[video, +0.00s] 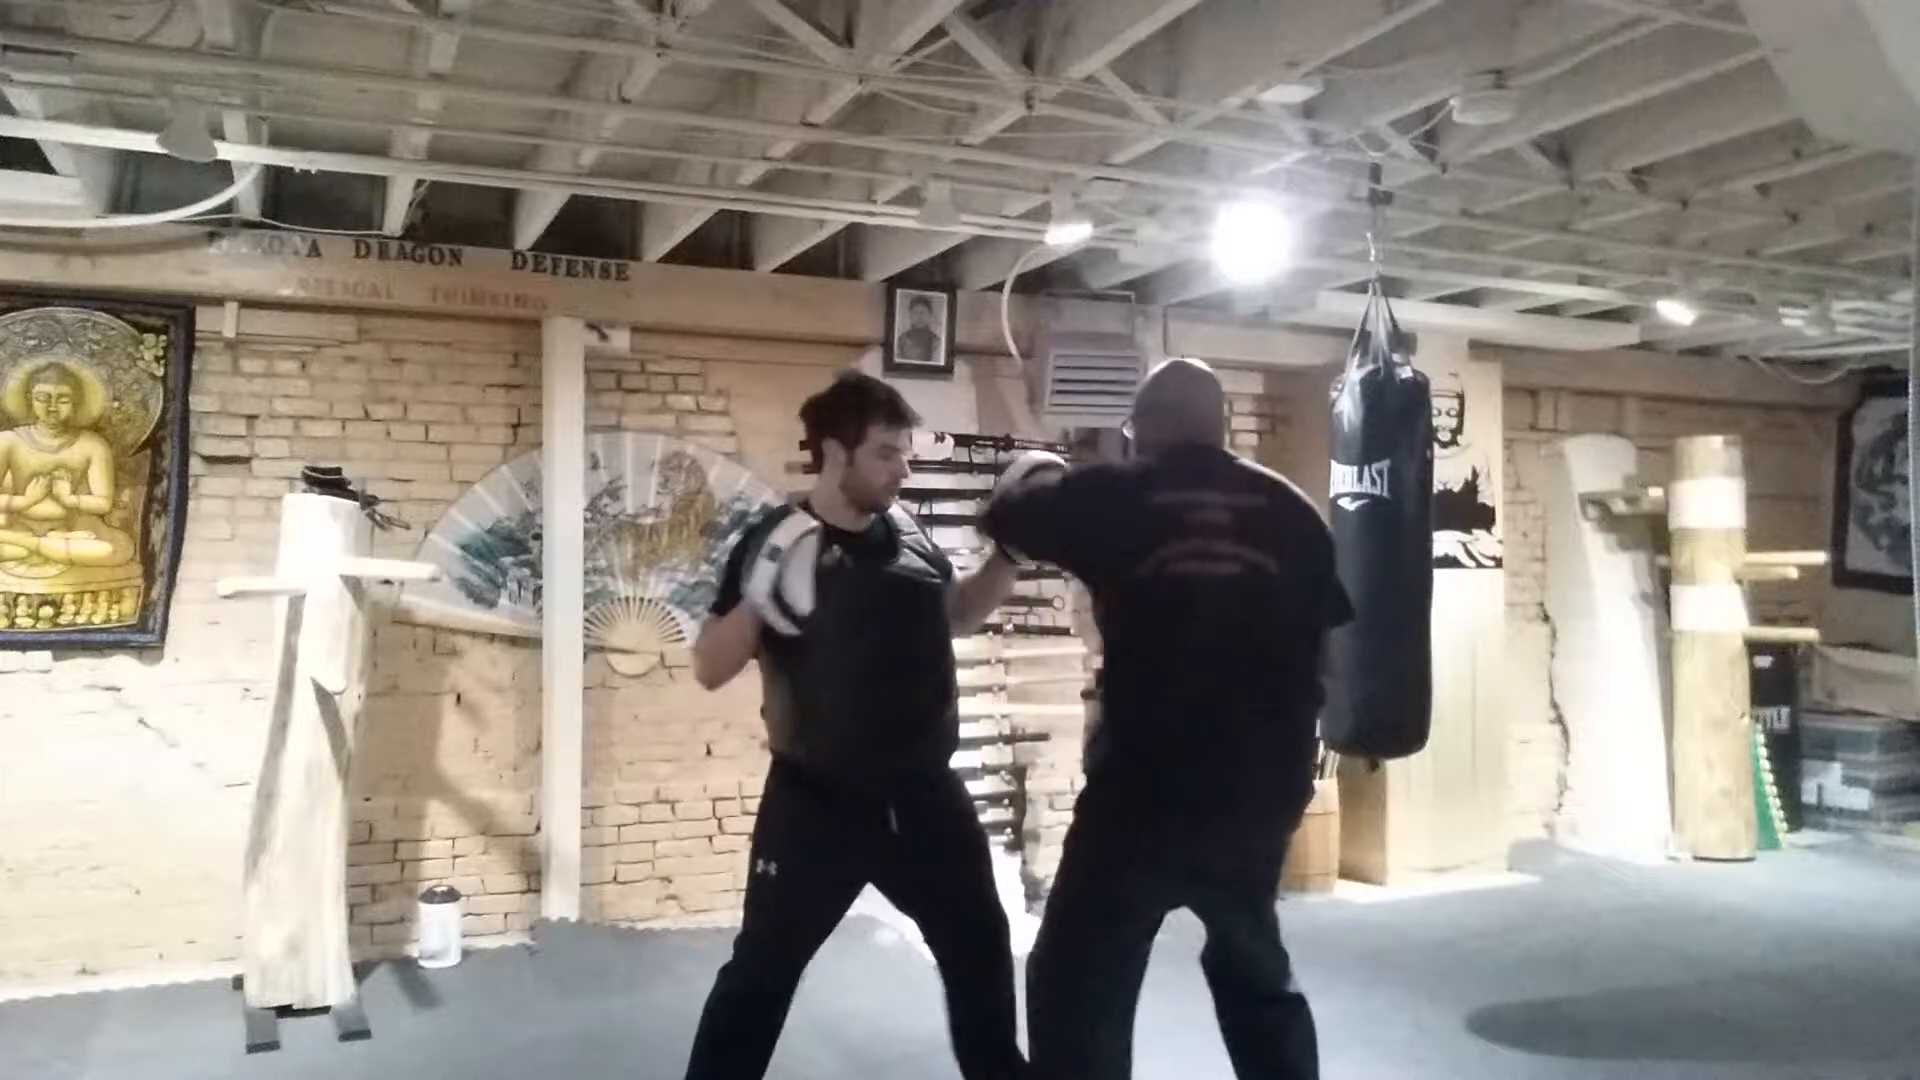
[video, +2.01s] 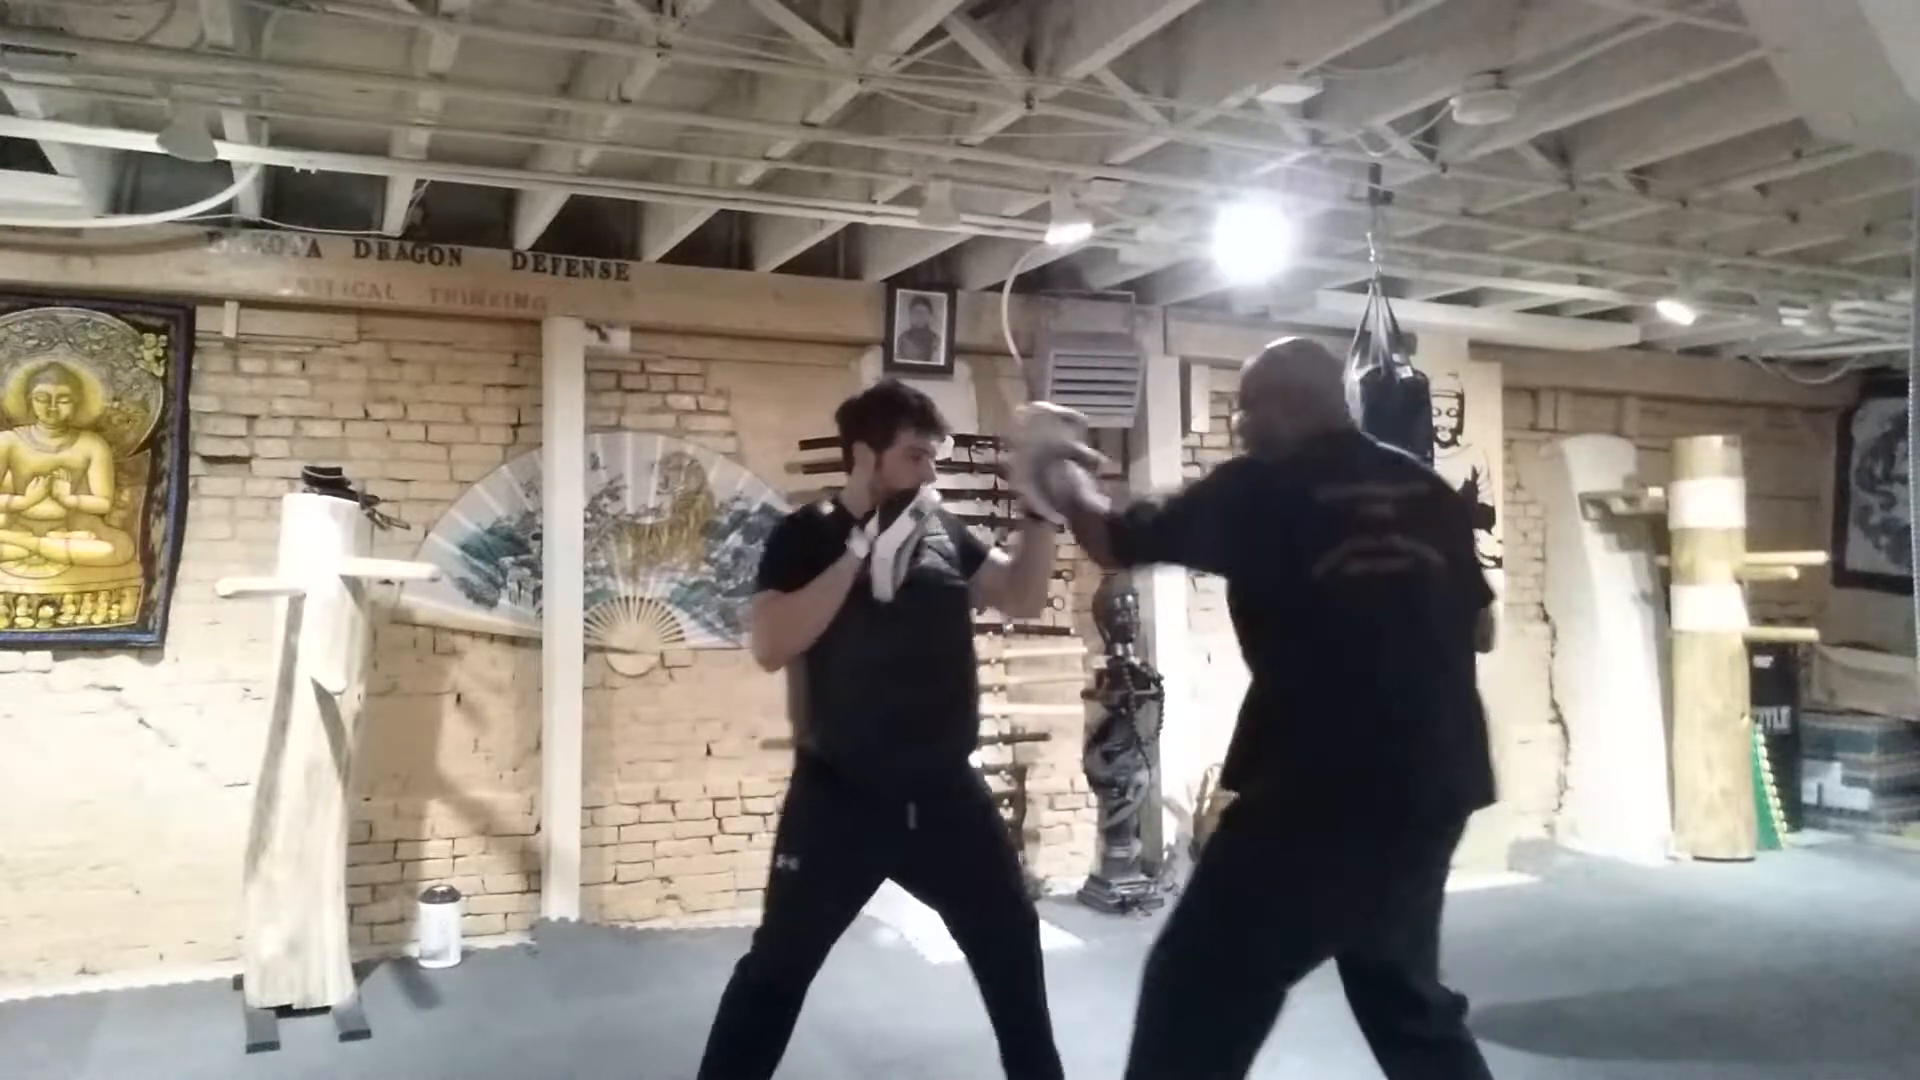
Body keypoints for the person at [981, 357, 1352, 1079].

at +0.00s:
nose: (1136, 435)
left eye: (1136, 425)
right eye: (1143, 427)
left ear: (1139, 430)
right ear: (1222, 425)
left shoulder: (1117, 495)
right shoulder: (1292, 509)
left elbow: (1010, 515)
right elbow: (1321, 635)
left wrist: (1039, 461)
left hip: (1143, 785)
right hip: (1262, 784)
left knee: (1075, 982)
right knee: (1252, 964)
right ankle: (1289, 1079)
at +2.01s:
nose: (1239, 424)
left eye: (1247, 407)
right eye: (1240, 407)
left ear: (1281, 408)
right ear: (1340, 404)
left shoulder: (1259, 488)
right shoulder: (1429, 491)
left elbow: (1114, 540)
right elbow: (1479, 627)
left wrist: (1051, 467)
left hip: (1306, 803)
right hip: (1428, 798)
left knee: (1189, 1018)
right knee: (1409, 1007)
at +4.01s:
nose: (1119, 431)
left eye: (1130, 414)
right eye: (1121, 415)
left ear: (1172, 417)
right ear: (1212, 414)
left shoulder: (1168, 515)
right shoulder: (1270, 491)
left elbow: (1088, 629)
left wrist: (1070, 553)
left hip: (1209, 793)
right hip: (1291, 778)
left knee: (1082, 979)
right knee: (1240, 951)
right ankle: (1304, 1074)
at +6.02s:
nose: (1411, 418)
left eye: (1419, 393)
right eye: (1409, 398)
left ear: (1477, 375)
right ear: (1488, 377)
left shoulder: (1590, 469)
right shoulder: (1529, 479)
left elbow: (1695, 639)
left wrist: (1500, 651)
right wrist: (1451, 642)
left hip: (1580, 835)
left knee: (1406, 1035)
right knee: (1630, 1043)